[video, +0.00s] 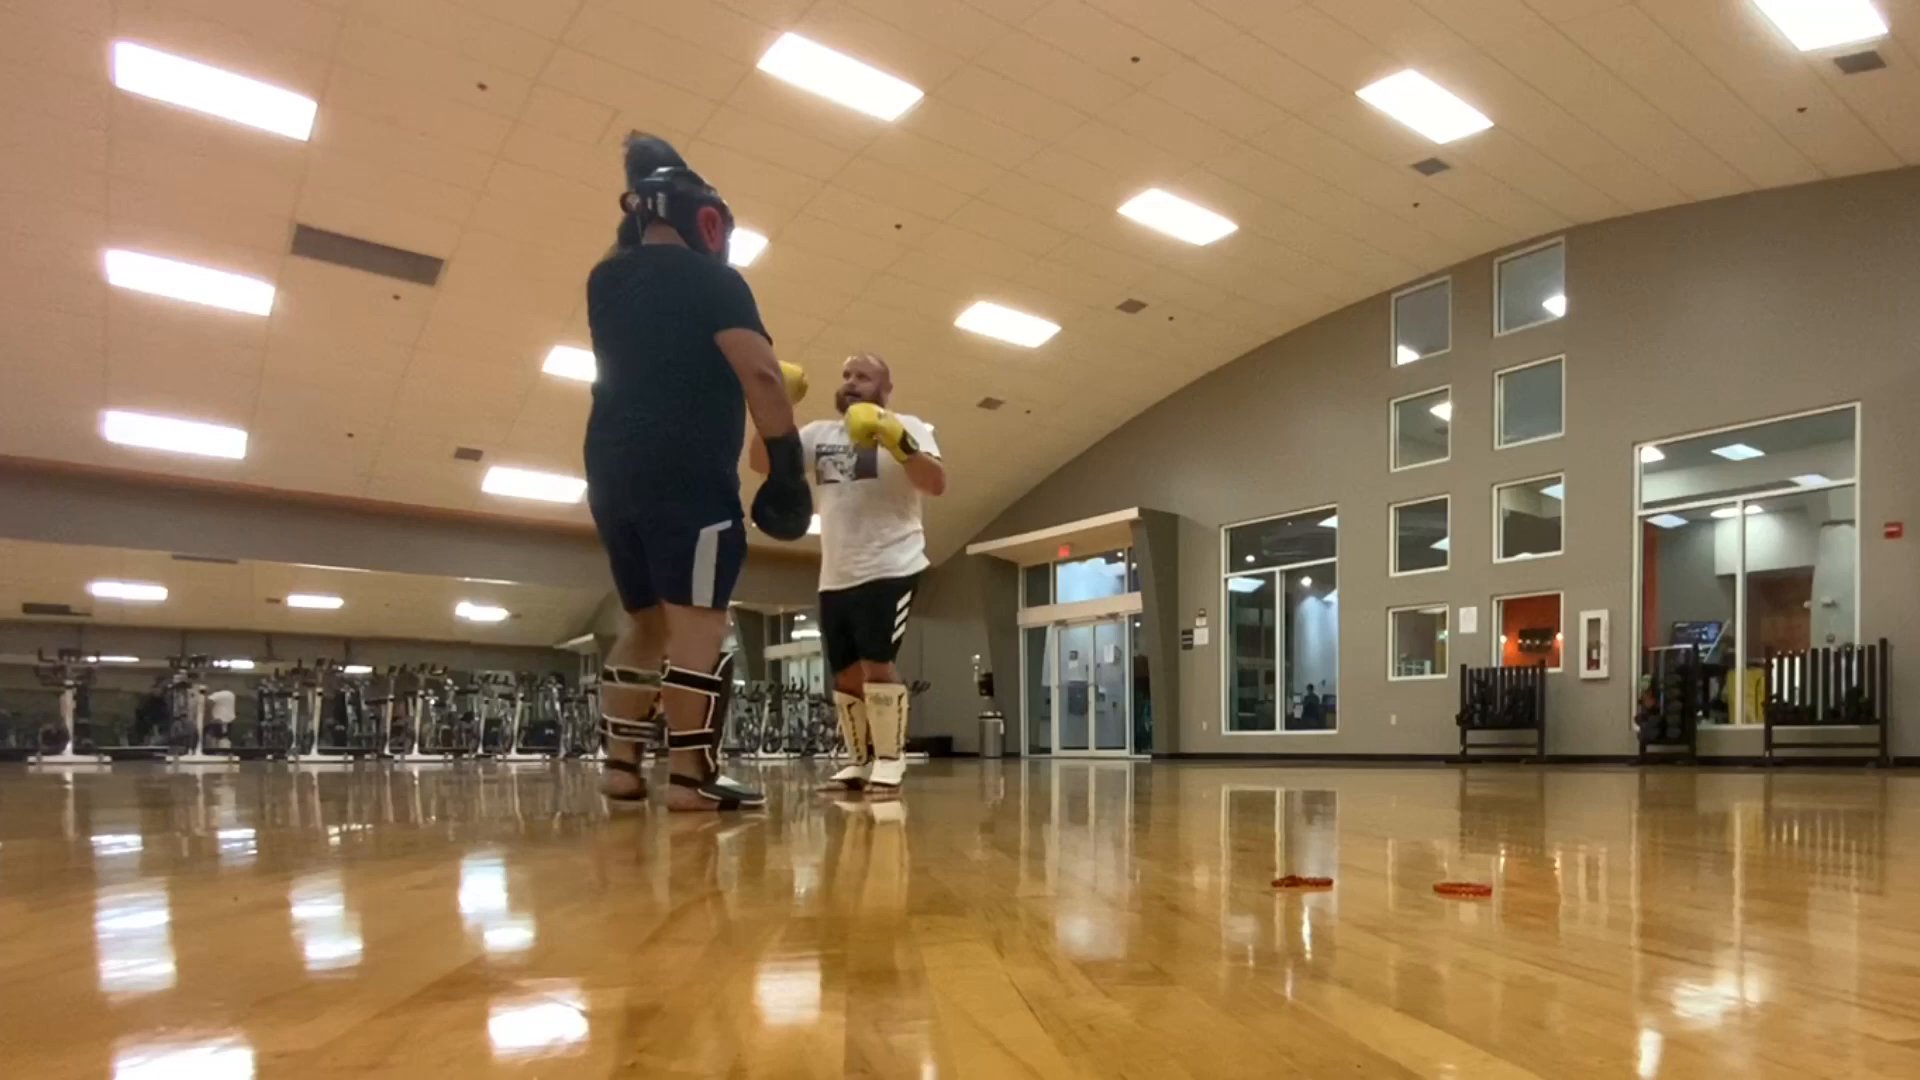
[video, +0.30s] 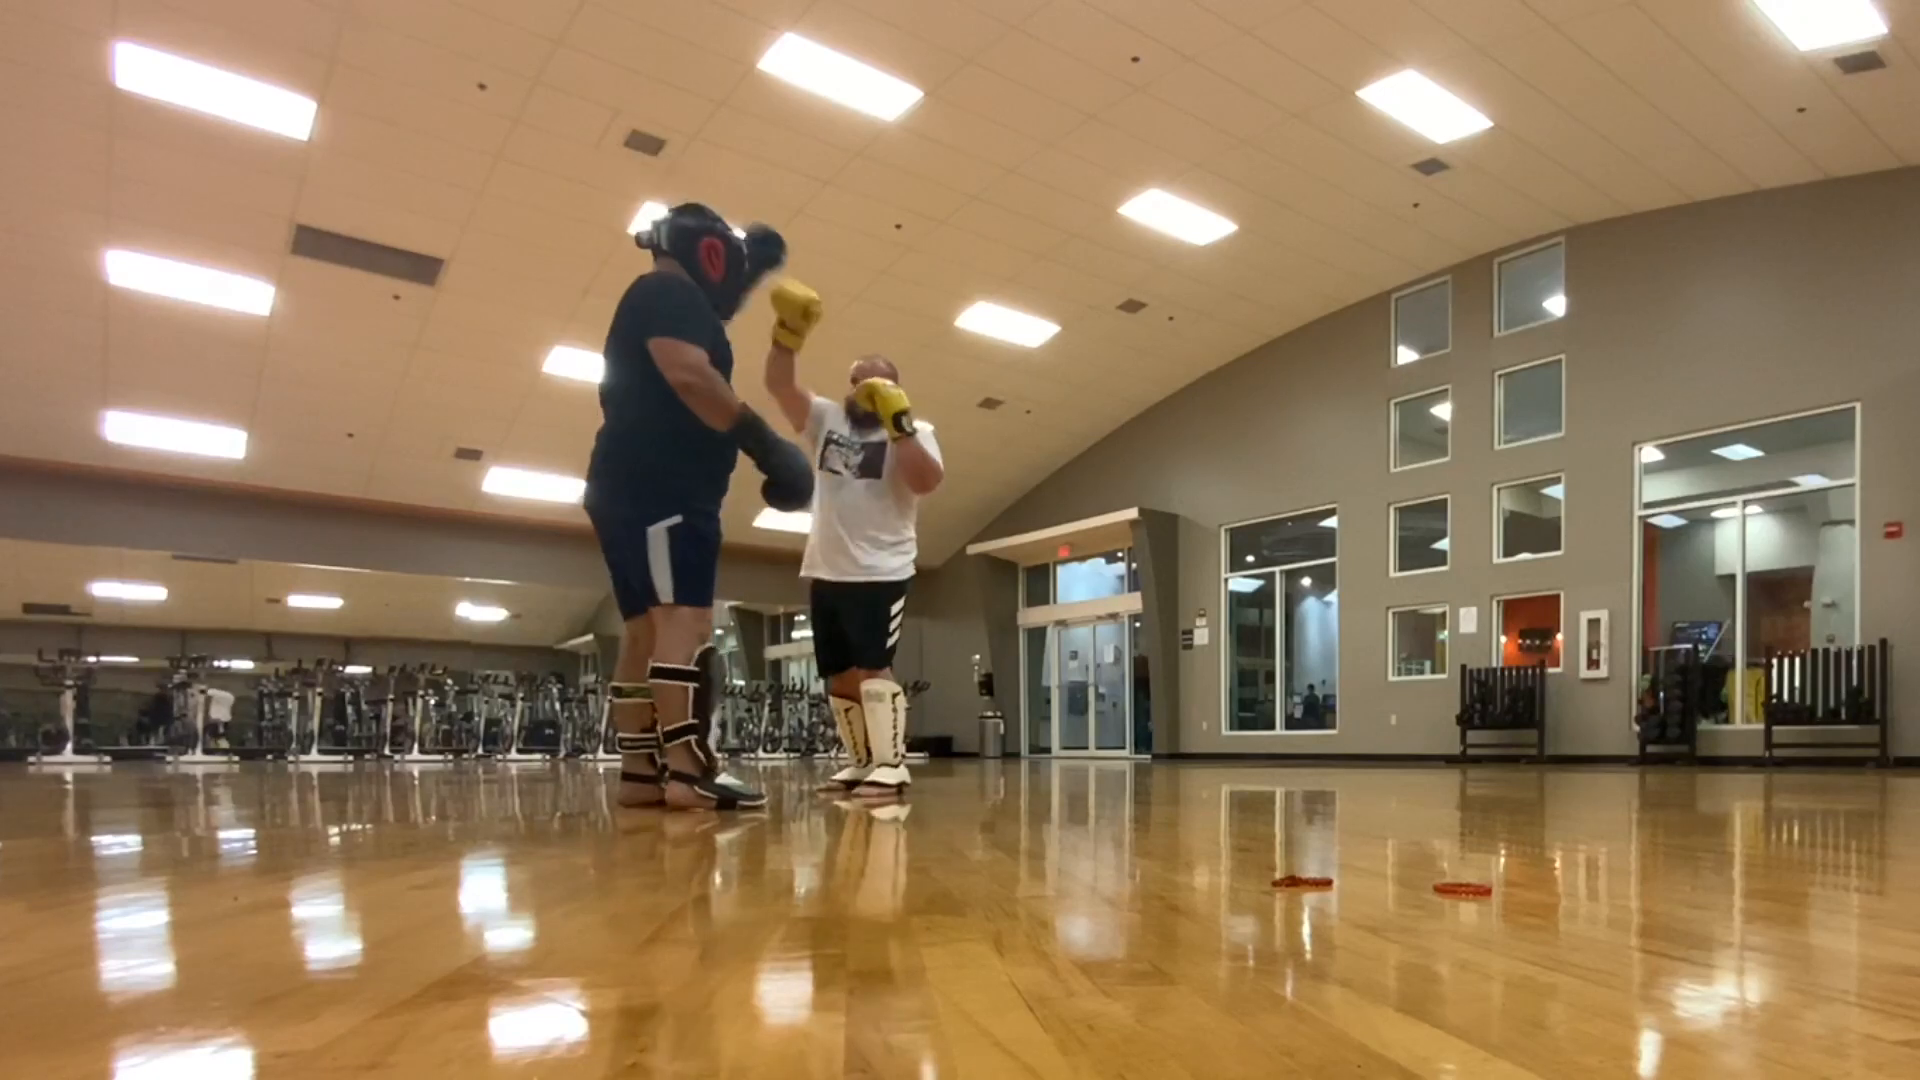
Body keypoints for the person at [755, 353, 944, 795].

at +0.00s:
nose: (851, 381)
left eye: (863, 376)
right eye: (846, 375)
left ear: (886, 389)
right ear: (836, 387)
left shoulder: (909, 428)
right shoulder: (818, 433)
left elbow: (935, 484)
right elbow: (760, 462)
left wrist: (897, 442)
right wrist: (775, 407)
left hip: (891, 564)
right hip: (837, 570)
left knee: (875, 659)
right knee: (846, 668)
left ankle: (888, 762)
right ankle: (858, 760)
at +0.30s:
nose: (865, 386)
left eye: (876, 379)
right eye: (858, 379)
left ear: (894, 389)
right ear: (848, 387)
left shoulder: (914, 432)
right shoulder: (827, 418)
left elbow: (925, 482)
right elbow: (781, 385)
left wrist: (899, 427)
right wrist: (786, 337)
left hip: (881, 570)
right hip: (828, 568)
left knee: (871, 671)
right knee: (839, 675)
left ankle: (890, 767)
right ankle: (861, 762)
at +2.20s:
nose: (827, 373)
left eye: (837, 367)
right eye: (825, 366)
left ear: (857, 374)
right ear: (821, 377)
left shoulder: (870, 416)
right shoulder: (824, 438)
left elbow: (852, 358)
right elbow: (787, 480)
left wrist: (816, 299)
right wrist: (793, 429)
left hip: (868, 547)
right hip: (839, 554)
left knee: (851, 653)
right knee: (856, 659)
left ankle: (881, 755)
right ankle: (879, 757)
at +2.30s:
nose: (820, 370)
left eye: (830, 362)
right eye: (819, 363)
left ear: (854, 367)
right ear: (824, 375)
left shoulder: (865, 410)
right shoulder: (825, 432)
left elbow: (837, 350)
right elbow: (790, 478)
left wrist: (791, 285)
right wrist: (794, 422)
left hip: (867, 545)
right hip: (837, 552)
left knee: (852, 654)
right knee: (856, 656)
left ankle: (880, 757)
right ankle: (882, 757)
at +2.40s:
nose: (822, 364)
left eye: (832, 355)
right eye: (822, 356)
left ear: (855, 361)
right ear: (825, 369)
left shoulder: (864, 399)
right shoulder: (825, 427)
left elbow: (822, 342)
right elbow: (791, 475)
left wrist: (773, 274)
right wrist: (793, 418)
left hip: (867, 541)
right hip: (839, 549)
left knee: (857, 650)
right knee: (850, 652)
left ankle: (882, 757)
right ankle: (879, 756)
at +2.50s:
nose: (826, 360)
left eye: (835, 350)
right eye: (824, 352)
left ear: (855, 356)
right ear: (827, 364)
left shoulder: (865, 395)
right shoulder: (826, 424)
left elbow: (822, 339)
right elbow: (791, 473)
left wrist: (776, 275)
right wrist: (793, 415)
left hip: (869, 537)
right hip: (839, 544)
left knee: (860, 651)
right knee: (845, 654)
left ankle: (882, 757)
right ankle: (876, 755)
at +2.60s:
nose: (821, 365)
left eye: (831, 357)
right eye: (818, 357)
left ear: (856, 361)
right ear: (820, 369)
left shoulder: (868, 399)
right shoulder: (823, 423)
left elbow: (834, 358)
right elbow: (792, 479)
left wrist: (788, 308)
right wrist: (789, 424)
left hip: (870, 540)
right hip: (836, 548)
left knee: (867, 653)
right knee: (838, 660)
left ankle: (884, 759)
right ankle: (859, 755)